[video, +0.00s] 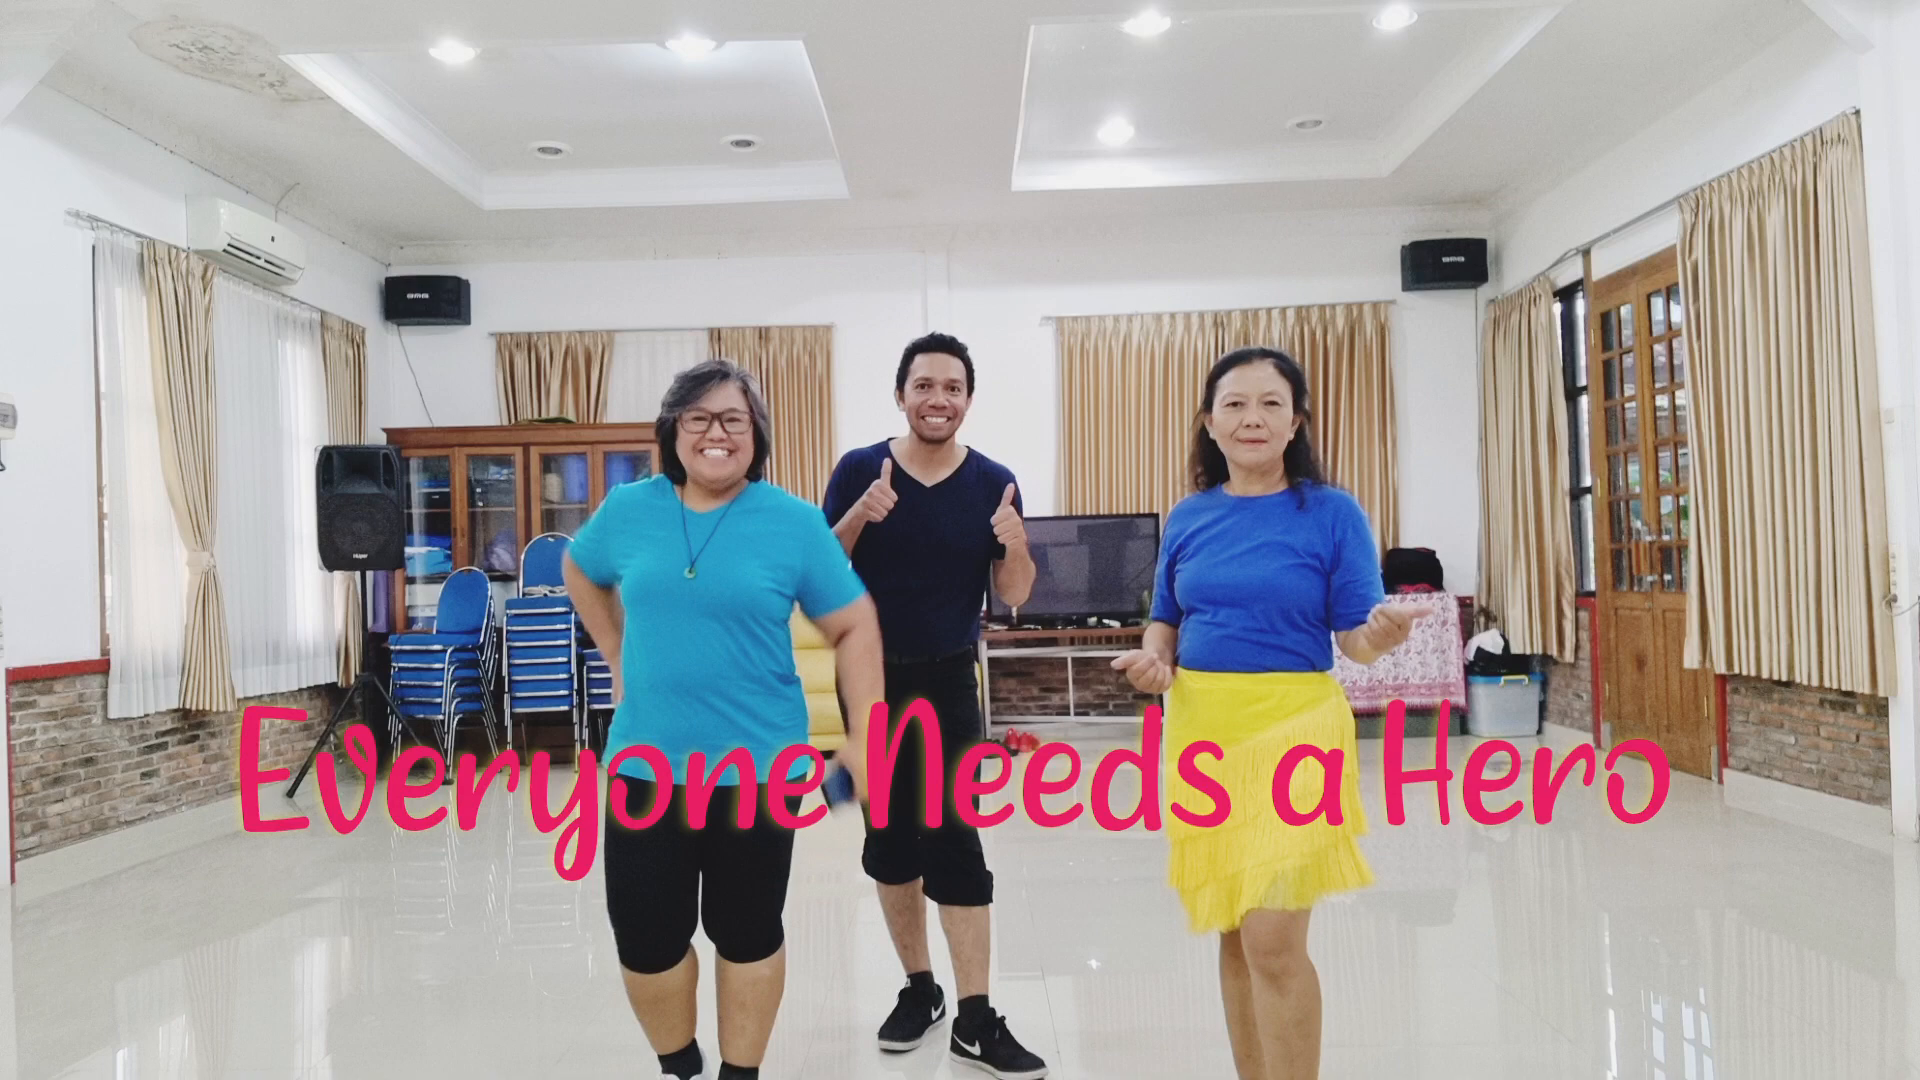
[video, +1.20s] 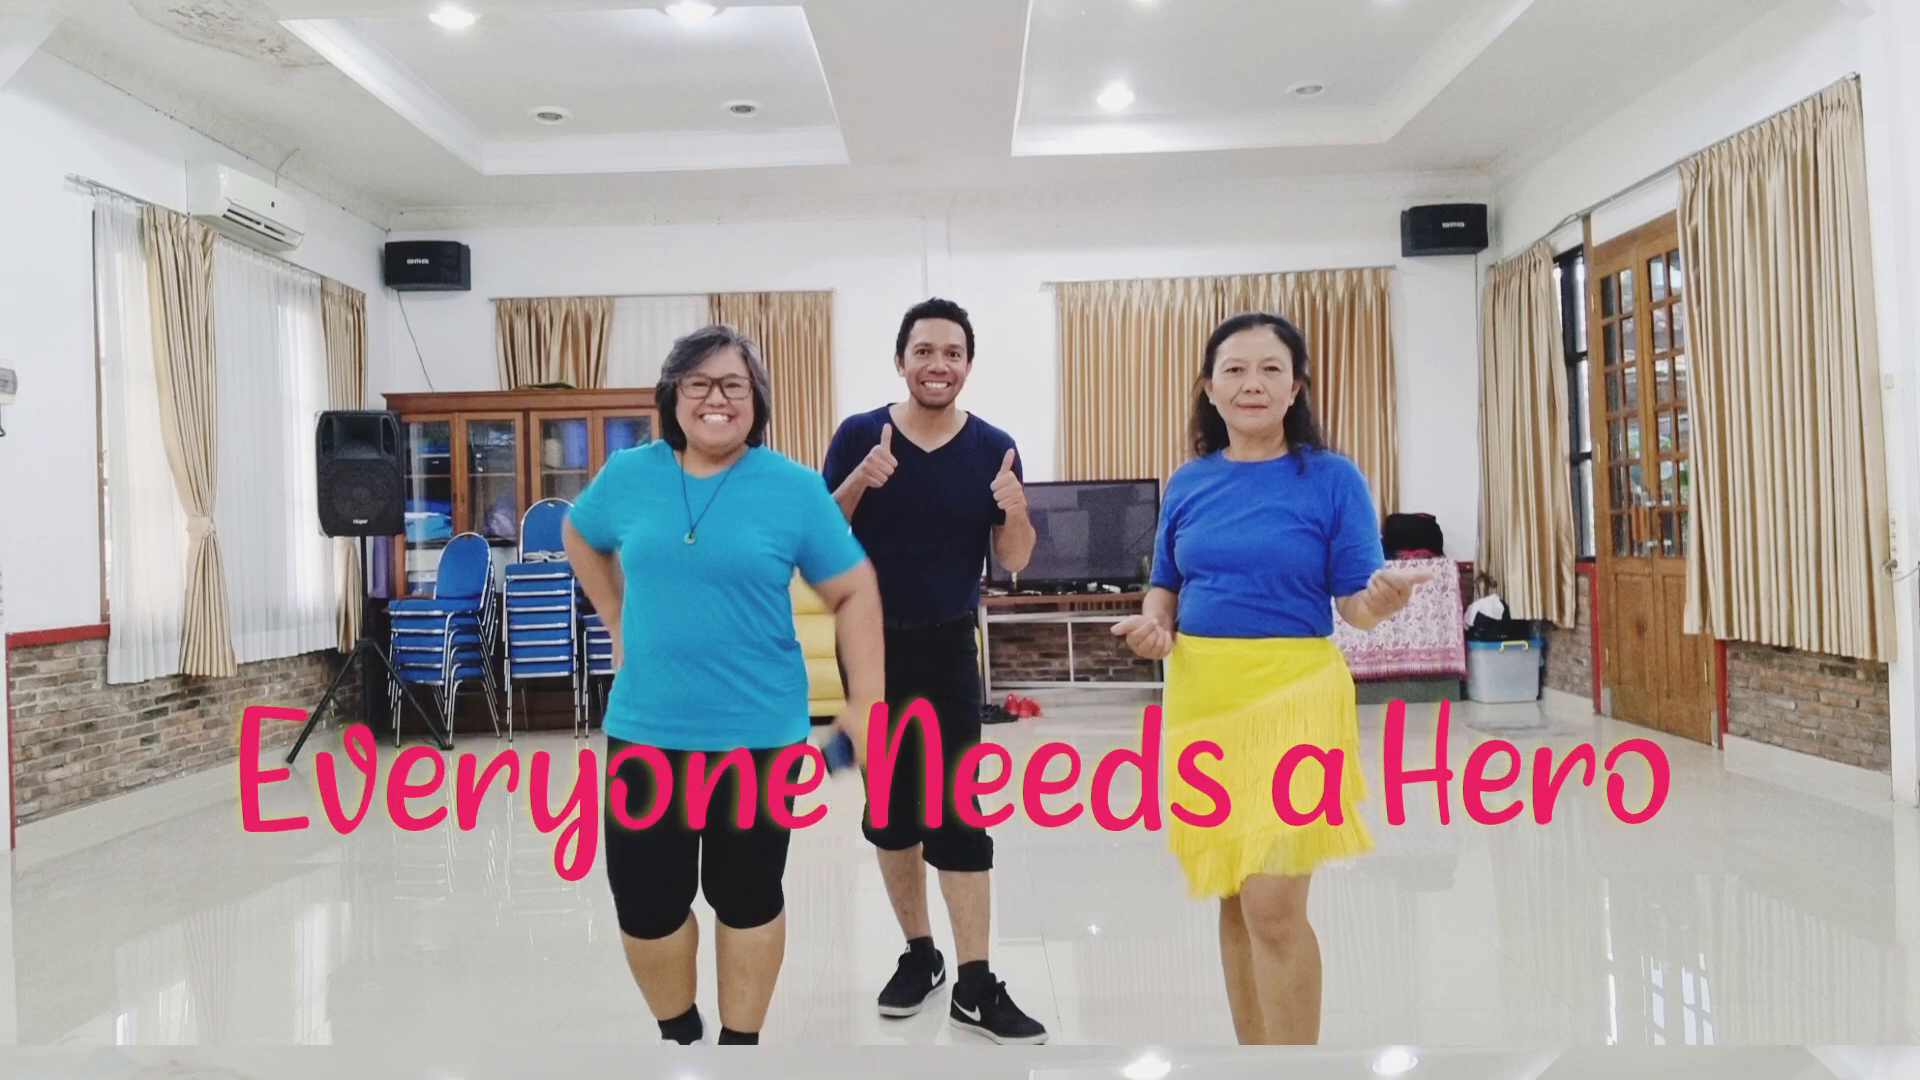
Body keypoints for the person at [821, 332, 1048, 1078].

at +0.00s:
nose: (938, 400)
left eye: (952, 388)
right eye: (924, 386)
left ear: (968, 399)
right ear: (900, 396)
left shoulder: (992, 483)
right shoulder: (858, 472)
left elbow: (1014, 595)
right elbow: (813, 570)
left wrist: (1015, 548)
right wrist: (854, 520)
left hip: (950, 676)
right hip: (872, 676)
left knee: (957, 841)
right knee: (892, 840)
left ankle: (975, 1014)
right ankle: (919, 990)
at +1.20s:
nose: (938, 365)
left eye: (952, 354)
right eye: (924, 352)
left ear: (968, 365)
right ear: (901, 362)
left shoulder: (992, 448)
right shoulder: (858, 438)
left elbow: (1014, 562)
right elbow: (813, 535)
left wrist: (1015, 514)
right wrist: (854, 485)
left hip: (950, 644)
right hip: (872, 643)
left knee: (959, 809)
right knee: (892, 810)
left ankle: (975, 980)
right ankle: (919, 955)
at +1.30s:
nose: (938, 283)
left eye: (952, 271)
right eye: (924, 270)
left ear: (968, 283)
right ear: (900, 280)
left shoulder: (991, 366)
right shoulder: (858, 355)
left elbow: (1014, 479)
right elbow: (813, 453)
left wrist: (1015, 431)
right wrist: (854, 403)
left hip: (949, 562)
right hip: (870, 560)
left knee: (957, 723)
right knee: (890, 718)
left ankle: (975, 896)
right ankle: (918, 870)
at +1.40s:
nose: (939, 123)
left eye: (952, 112)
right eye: (925, 110)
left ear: (968, 124)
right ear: (901, 119)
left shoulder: (990, 206)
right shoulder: (859, 195)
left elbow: (1013, 321)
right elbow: (813, 292)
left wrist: (1015, 272)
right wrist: (855, 242)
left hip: (949, 405)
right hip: (872, 403)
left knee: (955, 570)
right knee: (893, 567)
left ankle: (978, 735)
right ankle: (919, 712)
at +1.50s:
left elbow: (1015, 52)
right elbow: (825, 31)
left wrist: (1015, 6)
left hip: (948, 130)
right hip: (870, 128)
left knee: (956, 302)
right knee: (890, 297)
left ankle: (975, 475)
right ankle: (919, 448)